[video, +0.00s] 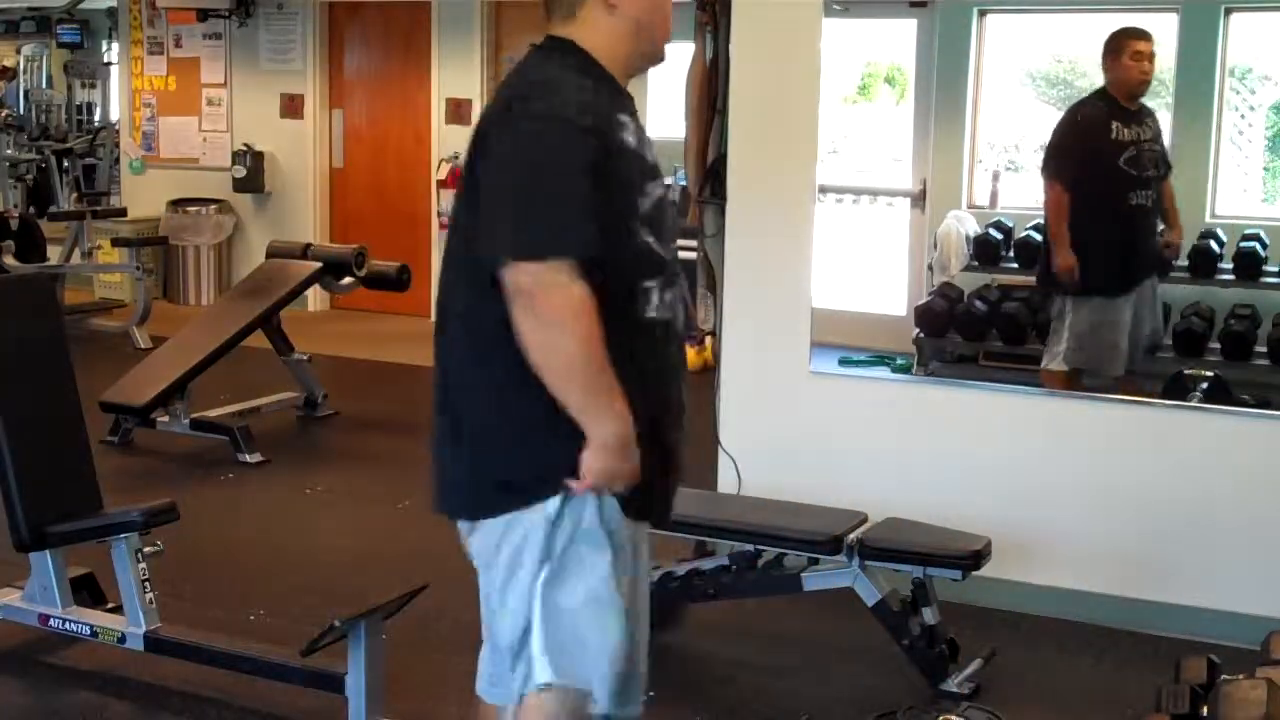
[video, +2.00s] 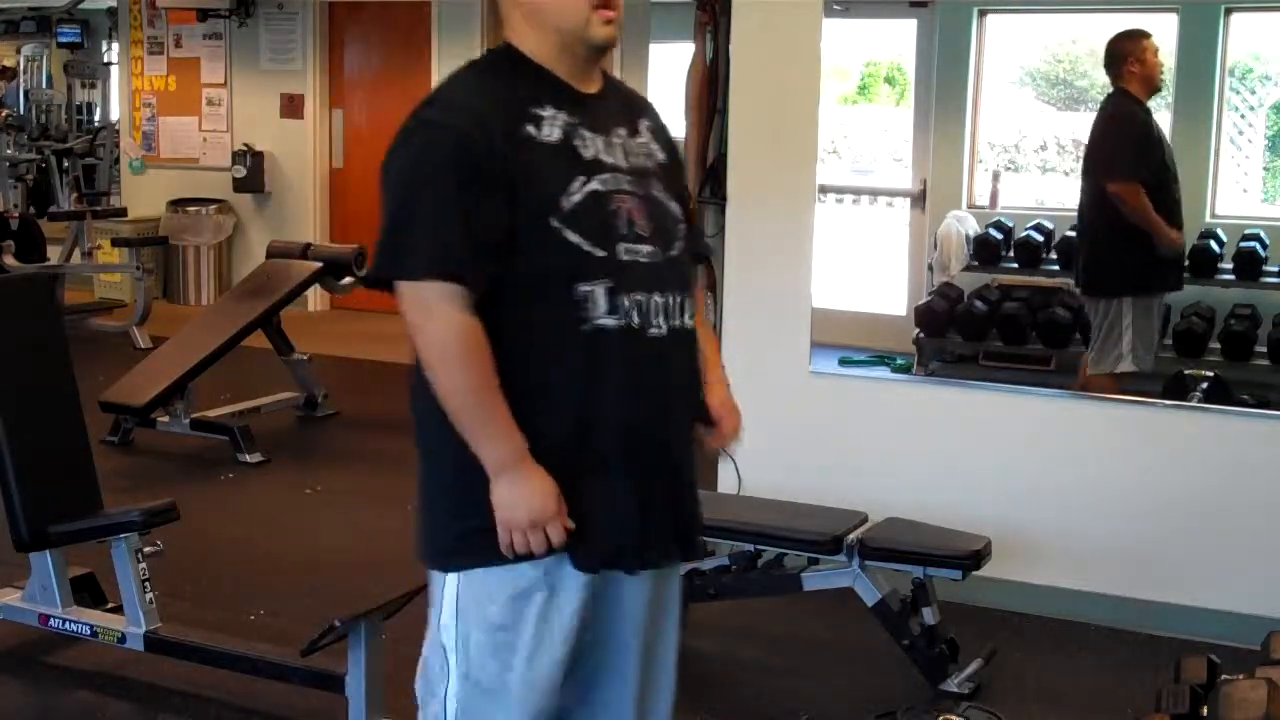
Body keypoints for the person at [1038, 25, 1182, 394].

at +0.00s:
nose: (1147, 66)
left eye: (1151, 59)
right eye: (1137, 57)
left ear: (1155, 65)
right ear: (1110, 62)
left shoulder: (1147, 118)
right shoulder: (1083, 116)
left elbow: (1161, 178)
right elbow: (1055, 183)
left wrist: (1173, 226)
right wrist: (1061, 248)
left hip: (1138, 260)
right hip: (1088, 260)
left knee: (1133, 367)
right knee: (1063, 364)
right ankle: (1052, 444)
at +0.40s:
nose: (1136, 63)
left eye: (1133, 54)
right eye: (1130, 54)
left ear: (1105, 63)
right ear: (1106, 62)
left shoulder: (1101, 110)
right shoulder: (1089, 111)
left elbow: (1093, 185)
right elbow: (1084, 184)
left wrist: (1125, 239)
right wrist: (1120, 241)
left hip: (1101, 265)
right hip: (1084, 265)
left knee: (1084, 371)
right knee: (1065, 372)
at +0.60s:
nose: (1132, 63)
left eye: (1129, 54)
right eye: (1125, 54)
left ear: (1101, 62)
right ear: (1102, 61)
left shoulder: (1101, 109)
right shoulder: (1087, 109)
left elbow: (1100, 179)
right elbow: (1086, 181)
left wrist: (1145, 201)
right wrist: (1149, 201)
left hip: (1103, 266)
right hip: (1087, 267)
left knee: (1086, 369)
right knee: (1066, 368)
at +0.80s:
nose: (1133, 63)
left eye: (1130, 55)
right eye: (1126, 55)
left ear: (1101, 65)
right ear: (1102, 64)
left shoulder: (1097, 111)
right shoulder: (1089, 113)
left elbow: (1100, 175)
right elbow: (1101, 177)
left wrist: (1128, 138)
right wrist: (1137, 142)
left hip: (1101, 266)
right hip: (1088, 268)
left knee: (1082, 366)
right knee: (1074, 367)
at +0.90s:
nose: (1134, 64)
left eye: (1131, 55)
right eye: (1127, 56)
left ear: (1102, 65)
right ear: (1104, 64)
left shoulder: (1106, 113)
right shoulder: (1087, 111)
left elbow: (1120, 191)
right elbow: (1114, 168)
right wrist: (1135, 130)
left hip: (1105, 258)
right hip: (1083, 261)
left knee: (1097, 360)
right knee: (1076, 359)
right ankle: (1060, 440)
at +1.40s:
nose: (1139, 64)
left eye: (1137, 56)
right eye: (1133, 56)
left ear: (1107, 66)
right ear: (1111, 64)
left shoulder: (1091, 107)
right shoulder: (1101, 107)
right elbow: (1103, 151)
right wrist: (1146, 176)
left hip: (1078, 253)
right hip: (1094, 255)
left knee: (1068, 355)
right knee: (1088, 359)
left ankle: (1061, 434)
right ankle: (1075, 441)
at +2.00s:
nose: (1162, 64)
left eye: (1159, 56)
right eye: (1155, 56)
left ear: (1129, 66)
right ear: (1133, 65)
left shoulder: (1120, 109)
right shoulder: (1125, 113)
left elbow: (1116, 183)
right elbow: (1120, 184)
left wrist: (1162, 231)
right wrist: (1166, 233)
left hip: (1113, 263)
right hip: (1125, 267)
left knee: (1100, 363)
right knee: (1118, 371)